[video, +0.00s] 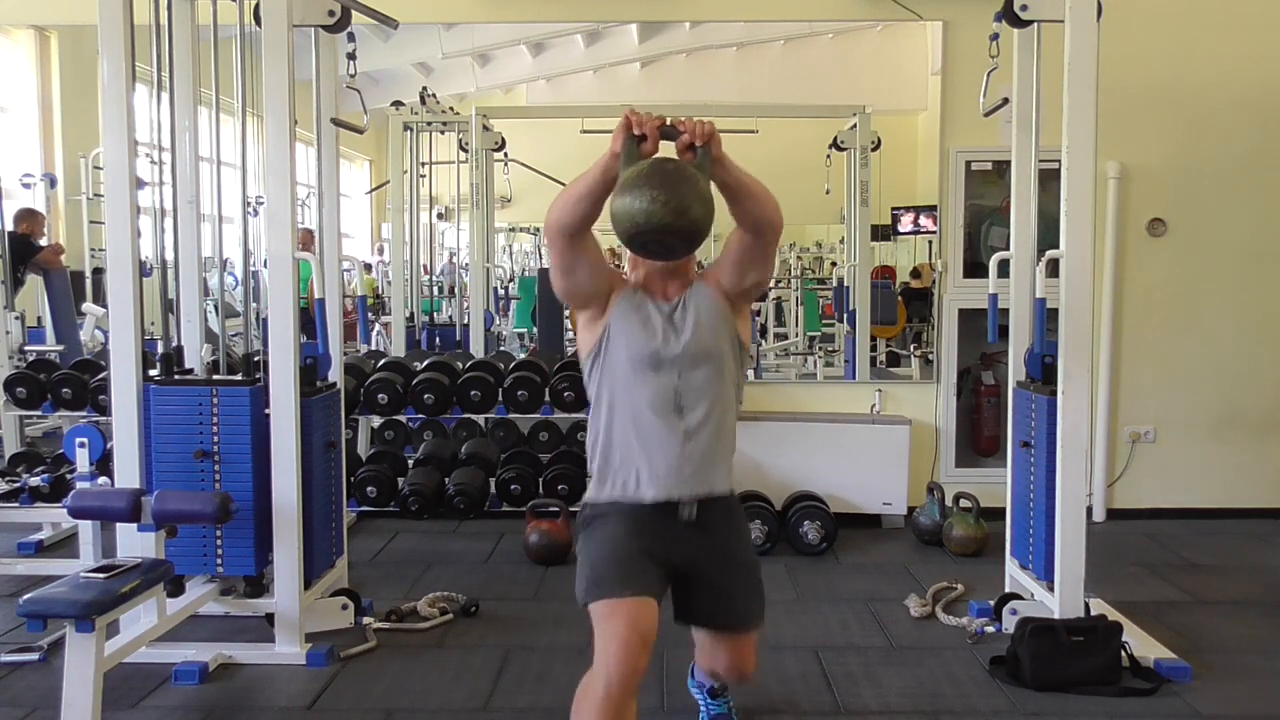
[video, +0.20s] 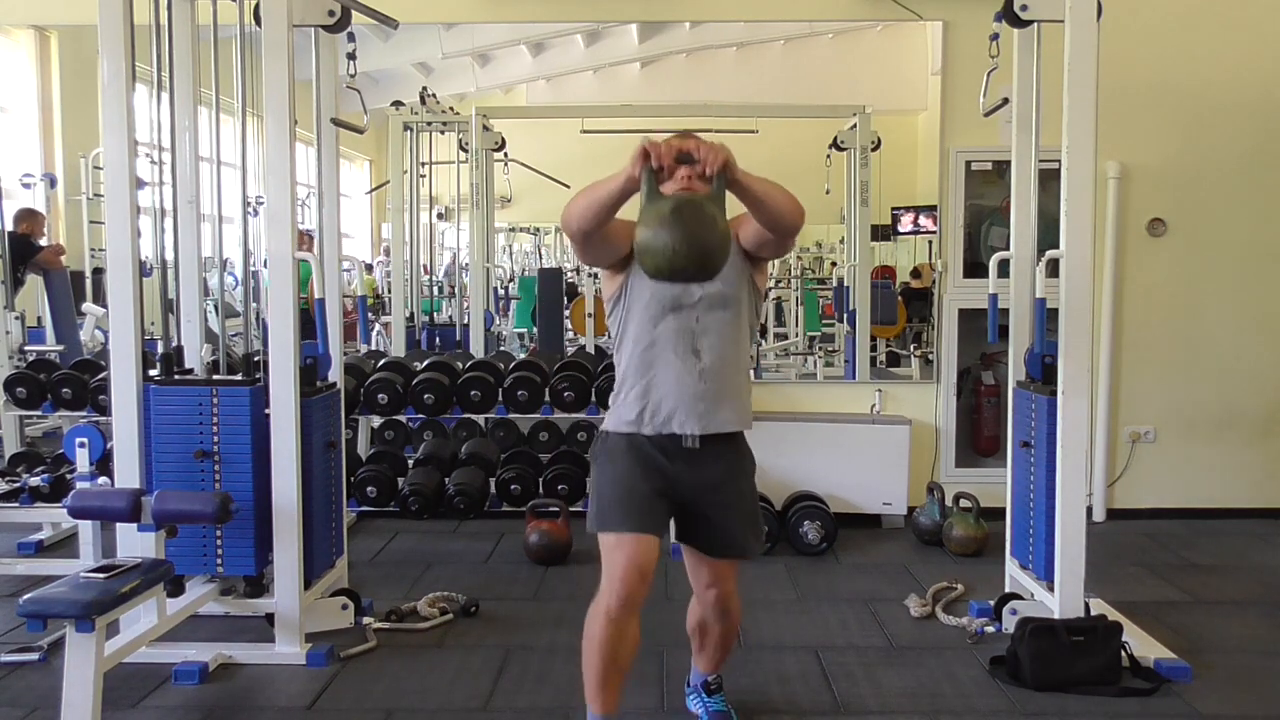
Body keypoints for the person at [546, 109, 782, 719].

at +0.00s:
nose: (662, 259)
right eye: (650, 246)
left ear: (705, 234)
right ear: (624, 240)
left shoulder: (727, 293)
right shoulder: (599, 298)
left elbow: (764, 225)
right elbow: (562, 228)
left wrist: (718, 165)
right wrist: (616, 159)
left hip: (714, 510)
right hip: (622, 511)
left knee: (737, 665)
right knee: (623, 657)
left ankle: (708, 679)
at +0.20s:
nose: (685, 182)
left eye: (696, 172)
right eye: (672, 173)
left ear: (717, 185)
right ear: (653, 186)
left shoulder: (739, 247)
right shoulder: (630, 248)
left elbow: (788, 221)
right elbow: (577, 225)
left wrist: (732, 173)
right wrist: (634, 174)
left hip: (718, 448)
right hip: (633, 444)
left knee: (718, 594)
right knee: (625, 584)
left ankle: (704, 688)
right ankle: (598, 713)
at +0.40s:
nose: (687, 155)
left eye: (699, 147)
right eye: (675, 148)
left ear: (717, 166)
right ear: (656, 166)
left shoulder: (745, 224)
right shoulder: (630, 227)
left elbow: (804, 259)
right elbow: (569, 256)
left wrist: (739, 237)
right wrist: (637, 240)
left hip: (719, 424)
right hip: (634, 423)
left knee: (711, 558)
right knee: (620, 560)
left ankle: (707, 686)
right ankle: (609, 669)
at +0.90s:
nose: (660, 159)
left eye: (672, 151)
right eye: (648, 151)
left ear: (689, 169)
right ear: (630, 170)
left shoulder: (726, 247)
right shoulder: (595, 252)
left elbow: (751, 330)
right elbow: (570, 333)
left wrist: (705, 386)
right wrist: (620, 388)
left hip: (699, 422)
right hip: (615, 421)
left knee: (699, 546)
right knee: (617, 546)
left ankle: (707, 682)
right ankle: (612, 673)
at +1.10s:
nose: (654, 158)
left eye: (666, 150)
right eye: (642, 151)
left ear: (685, 168)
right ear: (626, 170)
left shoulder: (722, 248)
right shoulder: (591, 253)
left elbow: (741, 334)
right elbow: (571, 340)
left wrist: (697, 399)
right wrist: (617, 401)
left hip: (697, 417)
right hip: (613, 417)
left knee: (697, 543)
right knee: (616, 542)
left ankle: (707, 682)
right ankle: (613, 674)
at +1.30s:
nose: (653, 158)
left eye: (666, 151)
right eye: (642, 151)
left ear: (684, 170)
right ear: (625, 171)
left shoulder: (720, 249)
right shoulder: (589, 254)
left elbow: (736, 336)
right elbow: (571, 342)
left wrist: (693, 407)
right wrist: (615, 408)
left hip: (695, 419)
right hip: (611, 419)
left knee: (697, 545)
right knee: (614, 543)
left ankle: (707, 682)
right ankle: (613, 673)